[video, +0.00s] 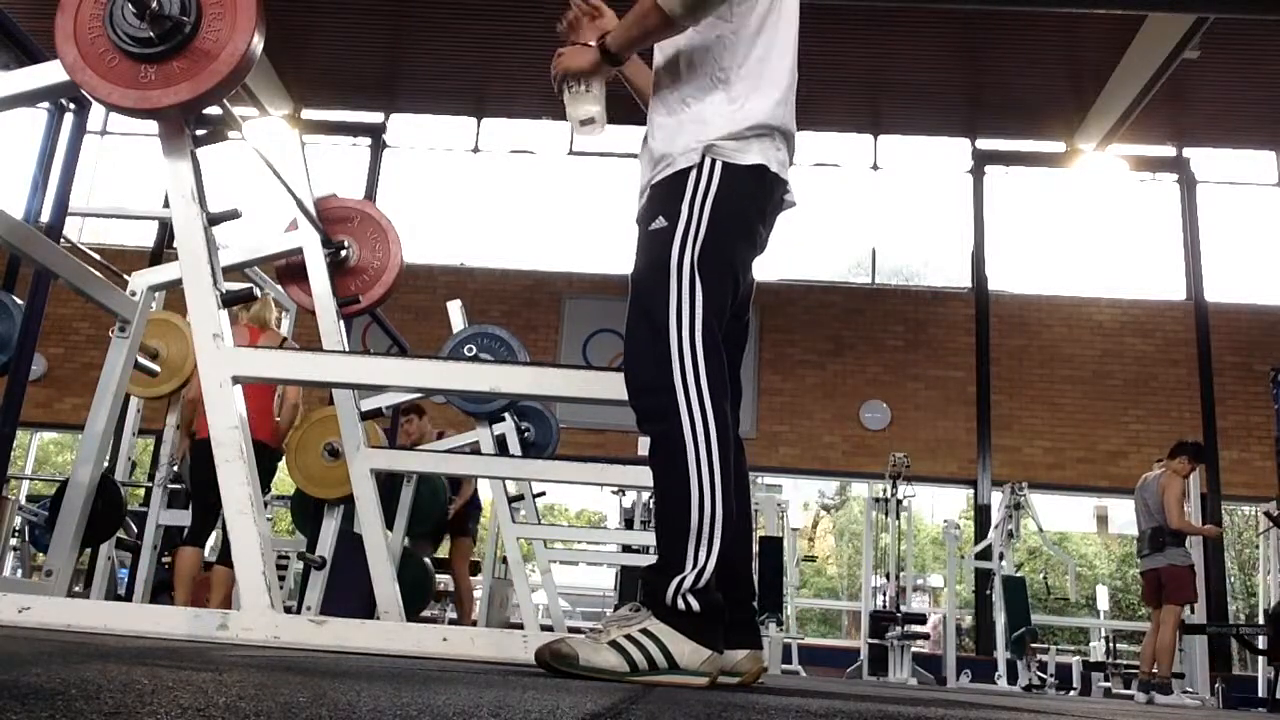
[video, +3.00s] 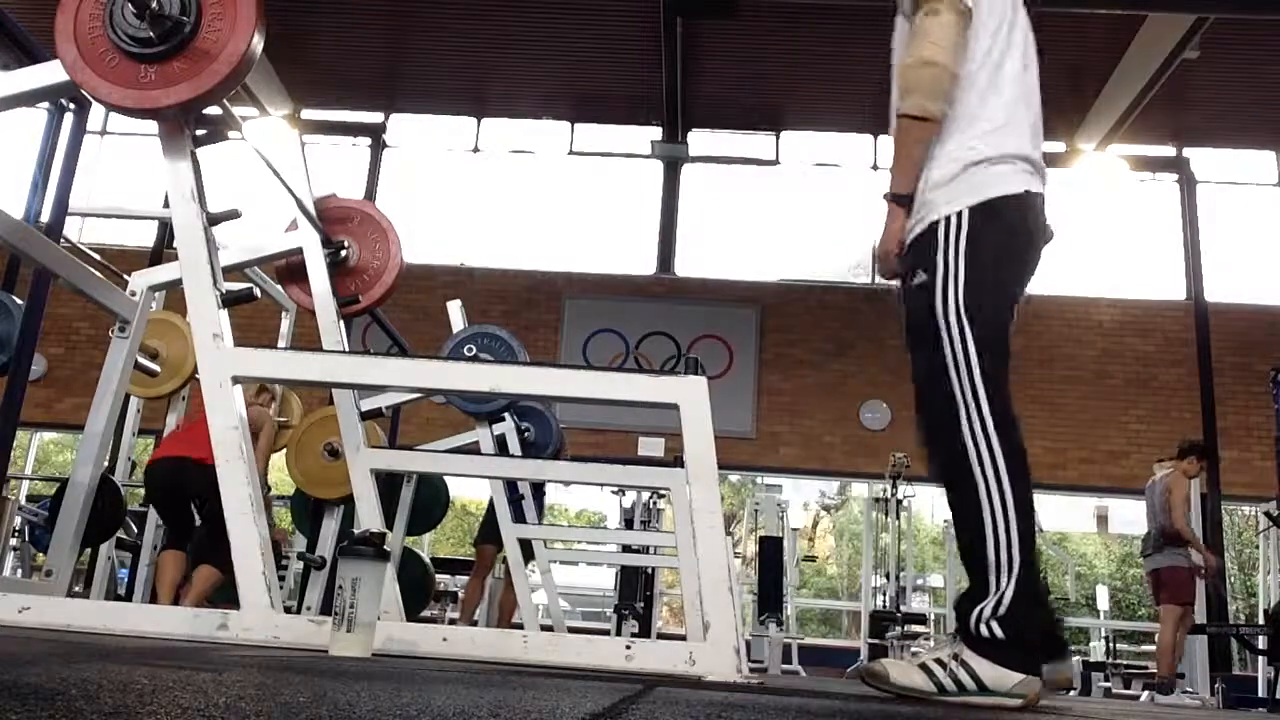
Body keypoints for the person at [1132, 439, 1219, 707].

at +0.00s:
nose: (1190, 475)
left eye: (1193, 470)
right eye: (1192, 469)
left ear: (1174, 459)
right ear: (1181, 461)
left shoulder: (1144, 480)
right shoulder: (1172, 480)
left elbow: (1145, 525)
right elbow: (1176, 522)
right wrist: (1204, 530)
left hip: (1149, 563)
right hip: (1173, 562)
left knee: (1156, 624)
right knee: (1169, 624)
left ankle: (1143, 685)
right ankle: (1164, 688)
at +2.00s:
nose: (1194, 471)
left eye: (1196, 466)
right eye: (1194, 465)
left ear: (1175, 459)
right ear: (1184, 459)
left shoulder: (1147, 480)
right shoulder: (1176, 480)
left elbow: (1147, 522)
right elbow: (1171, 518)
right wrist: (1187, 550)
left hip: (1148, 562)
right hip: (1170, 560)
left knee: (1155, 623)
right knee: (1168, 624)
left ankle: (1143, 685)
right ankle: (1163, 687)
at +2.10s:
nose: (1194, 471)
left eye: (1196, 467)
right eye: (1195, 465)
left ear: (1176, 459)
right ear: (1184, 459)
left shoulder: (1148, 480)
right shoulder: (1176, 481)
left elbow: (1148, 522)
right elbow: (1171, 519)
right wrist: (1188, 550)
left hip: (1148, 561)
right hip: (1169, 560)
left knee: (1155, 623)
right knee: (1168, 624)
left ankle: (1143, 685)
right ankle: (1163, 687)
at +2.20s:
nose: (1194, 472)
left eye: (1196, 467)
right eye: (1195, 466)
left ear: (1176, 459)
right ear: (1184, 459)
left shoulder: (1148, 480)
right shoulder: (1176, 480)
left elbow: (1149, 522)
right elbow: (1170, 518)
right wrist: (1188, 550)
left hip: (1148, 561)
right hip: (1169, 560)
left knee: (1155, 623)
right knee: (1167, 624)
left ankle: (1143, 685)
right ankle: (1163, 687)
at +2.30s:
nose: (1195, 472)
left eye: (1197, 467)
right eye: (1196, 466)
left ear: (1176, 459)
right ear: (1185, 459)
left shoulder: (1149, 480)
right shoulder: (1176, 480)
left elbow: (1149, 521)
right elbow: (1168, 517)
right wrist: (1188, 549)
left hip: (1149, 560)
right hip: (1169, 559)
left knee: (1156, 623)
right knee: (1167, 623)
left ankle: (1143, 684)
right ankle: (1163, 687)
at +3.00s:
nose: (1199, 474)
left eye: (1201, 469)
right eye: (1200, 469)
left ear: (1183, 458)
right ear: (1191, 461)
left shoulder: (1154, 481)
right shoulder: (1178, 479)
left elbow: (1158, 527)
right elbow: (1179, 524)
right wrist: (1203, 550)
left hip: (1156, 561)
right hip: (1173, 560)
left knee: (1186, 619)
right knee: (1169, 621)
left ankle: (1170, 679)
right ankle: (1164, 686)